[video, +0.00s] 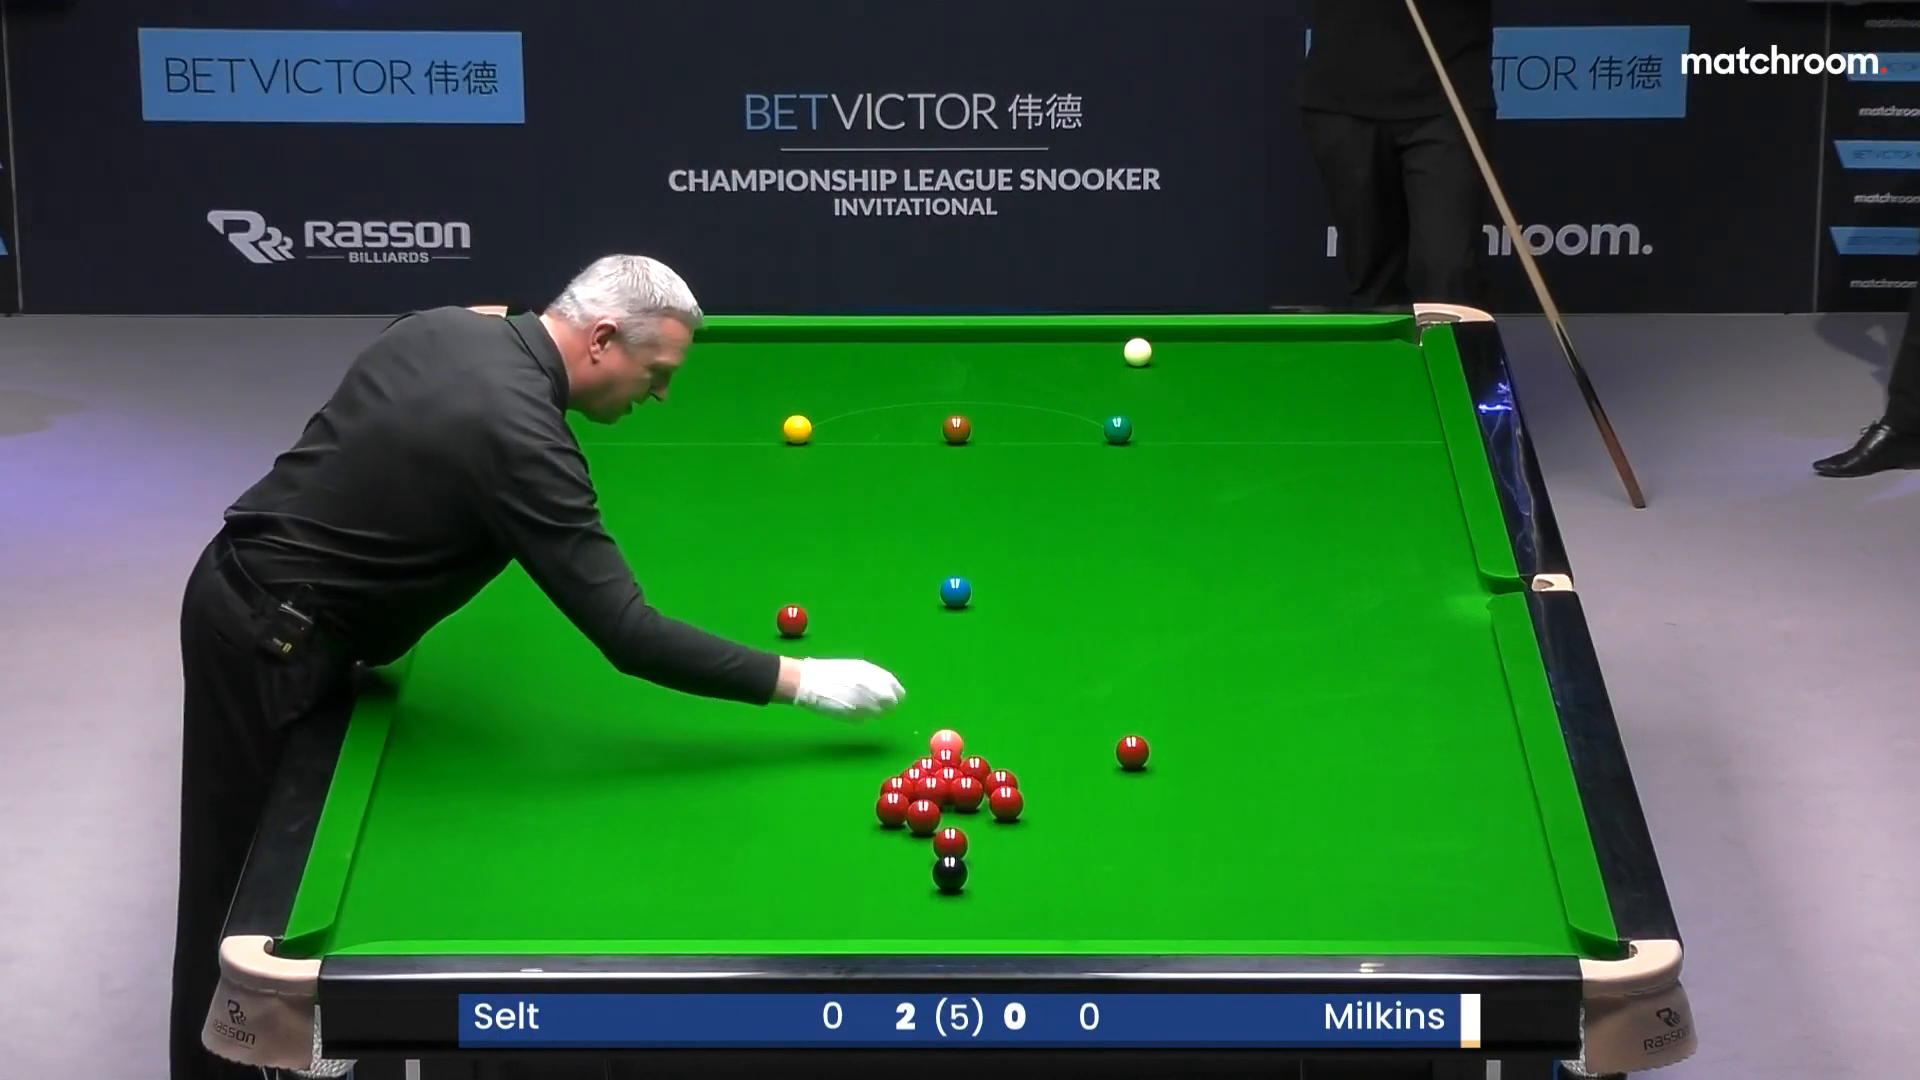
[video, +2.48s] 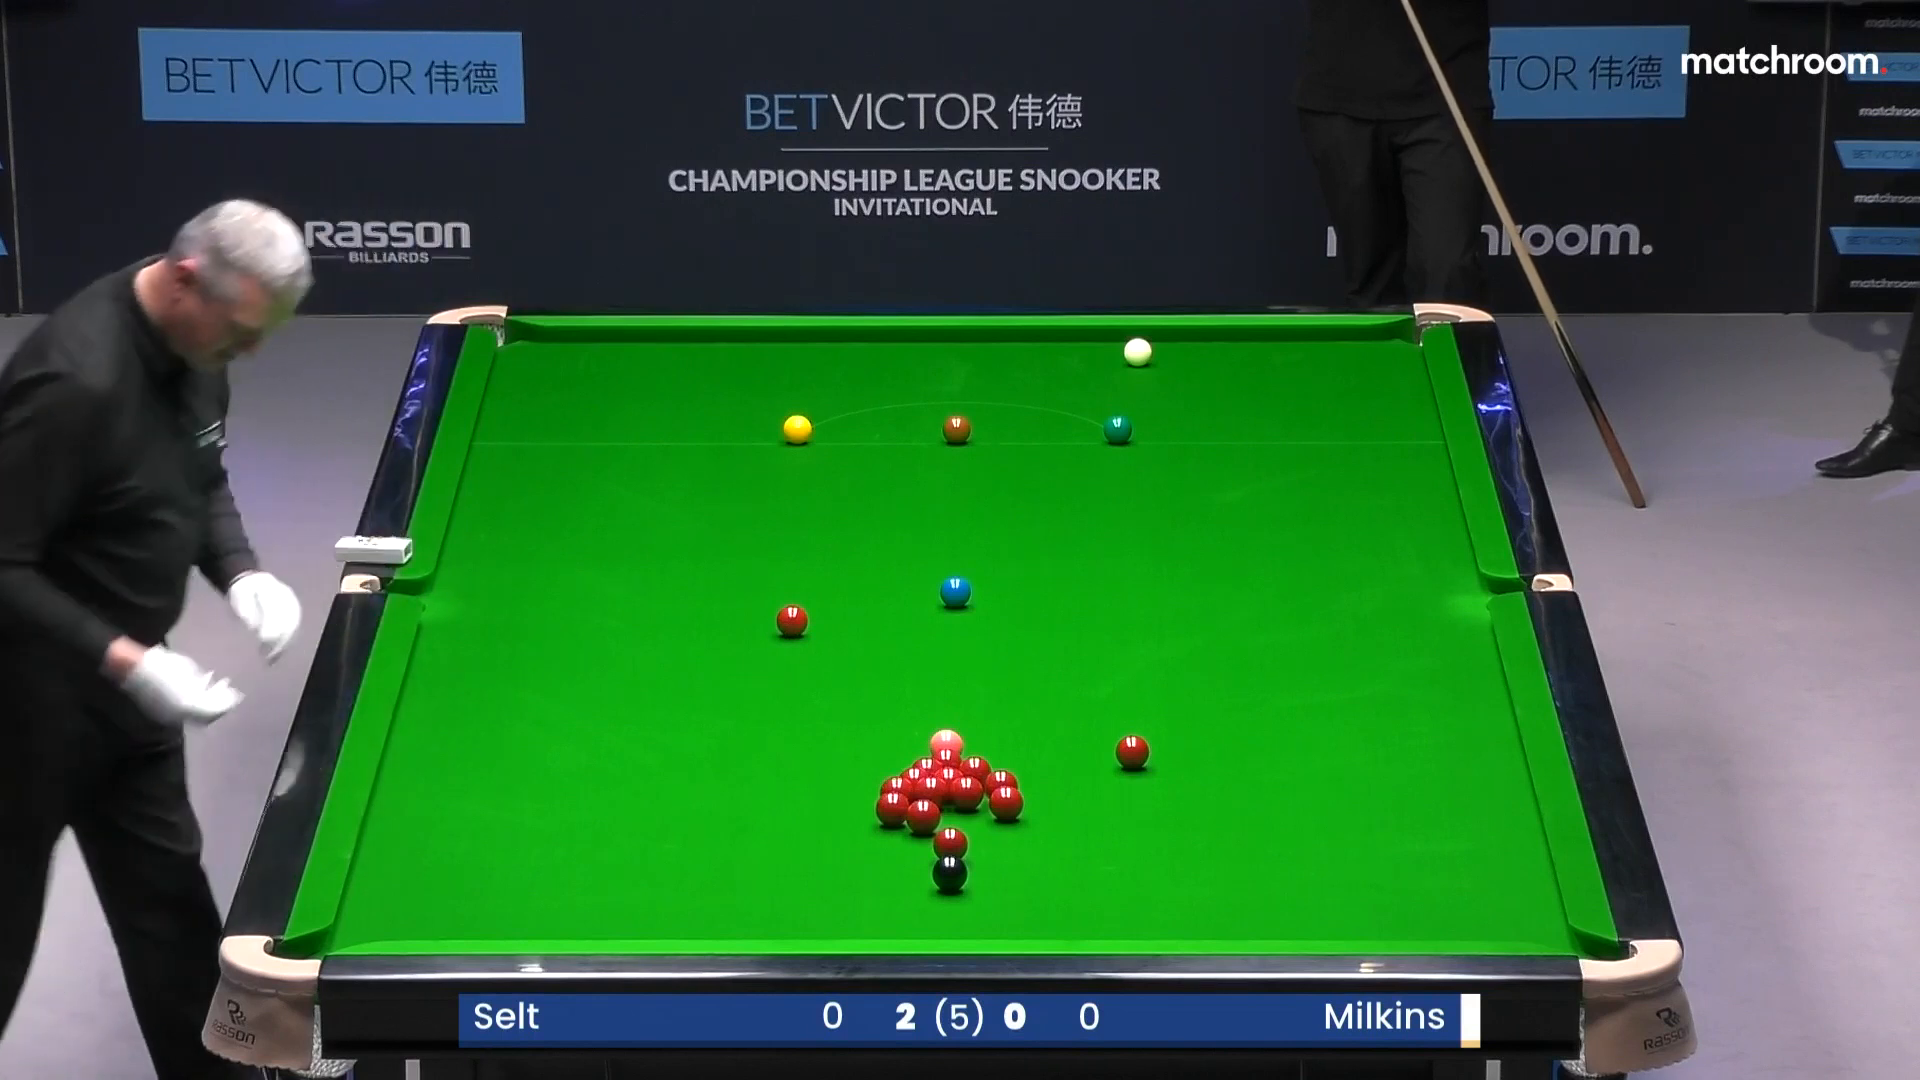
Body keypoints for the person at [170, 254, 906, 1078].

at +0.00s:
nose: (655, 393)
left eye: (666, 376)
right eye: (656, 372)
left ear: (584, 318)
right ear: (601, 334)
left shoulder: (446, 326)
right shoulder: (524, 432)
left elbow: (339, 448)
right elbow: (629, 631)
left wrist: (362, 615)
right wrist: (797, 675)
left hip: (240, 587)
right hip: (276, 635)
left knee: (240, 878)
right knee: (247, 892)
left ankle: (225, 1056)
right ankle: (219, 1063)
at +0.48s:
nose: (662, 408)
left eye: (673, 392)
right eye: (665, 388)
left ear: (594, 335)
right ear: (612, 352)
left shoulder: (454, 331)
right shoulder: (539, 452)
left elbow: (340, 440)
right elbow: (665, 617)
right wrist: (833, 693)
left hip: (240, 586)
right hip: (281, 638)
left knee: (241, 868)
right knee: (249, 885)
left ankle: (225, 1043)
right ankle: (214, 1052)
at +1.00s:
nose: (662, 412)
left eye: (674, 395)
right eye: (665, 390)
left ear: (595, 332)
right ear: (612, 349)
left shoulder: (457, 332)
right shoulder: (534, 446)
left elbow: (335, 440)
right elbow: (642, 644)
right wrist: (818, 675)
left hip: (243, 586)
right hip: (280, 636)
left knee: (245, 872)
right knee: (248, 890)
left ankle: (233, 1045)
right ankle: (217, 1054)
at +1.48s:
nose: (587, 356)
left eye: (600, 340)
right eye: (599, 338)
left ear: (521, 272)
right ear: (570, 307)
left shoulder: (391, 306)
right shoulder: (472, 410)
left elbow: (298, 445)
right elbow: (447, 612)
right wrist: (593, 630)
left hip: (225, 598)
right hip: (270, 638)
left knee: (236, 869)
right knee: (248, 883)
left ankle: (217, 1050)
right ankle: (214, 1057)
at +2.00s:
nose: (418, 299)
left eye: (433, 283)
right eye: (430, 279)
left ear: (374, 226)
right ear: (396, 241)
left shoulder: (246, 279)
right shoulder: (309, 338)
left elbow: (226, 443)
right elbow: (267, 533)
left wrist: (338, 503)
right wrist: (378, 573)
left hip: (164, 613)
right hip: (210, 637)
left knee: (201, 860)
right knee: (222, 872)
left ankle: (189, 1050)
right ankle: (193, 1058)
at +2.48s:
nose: (243, 355)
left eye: (255, 340)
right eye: (237, 334)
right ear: (179, 280)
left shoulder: (189, 336)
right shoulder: (74, 377)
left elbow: (201, 476)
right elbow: (5, 561)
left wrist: (241, 571)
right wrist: (121, 654)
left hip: (126, 688)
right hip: (27, 696)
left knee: (170, 915)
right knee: (2, 935)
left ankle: (202, 1070)